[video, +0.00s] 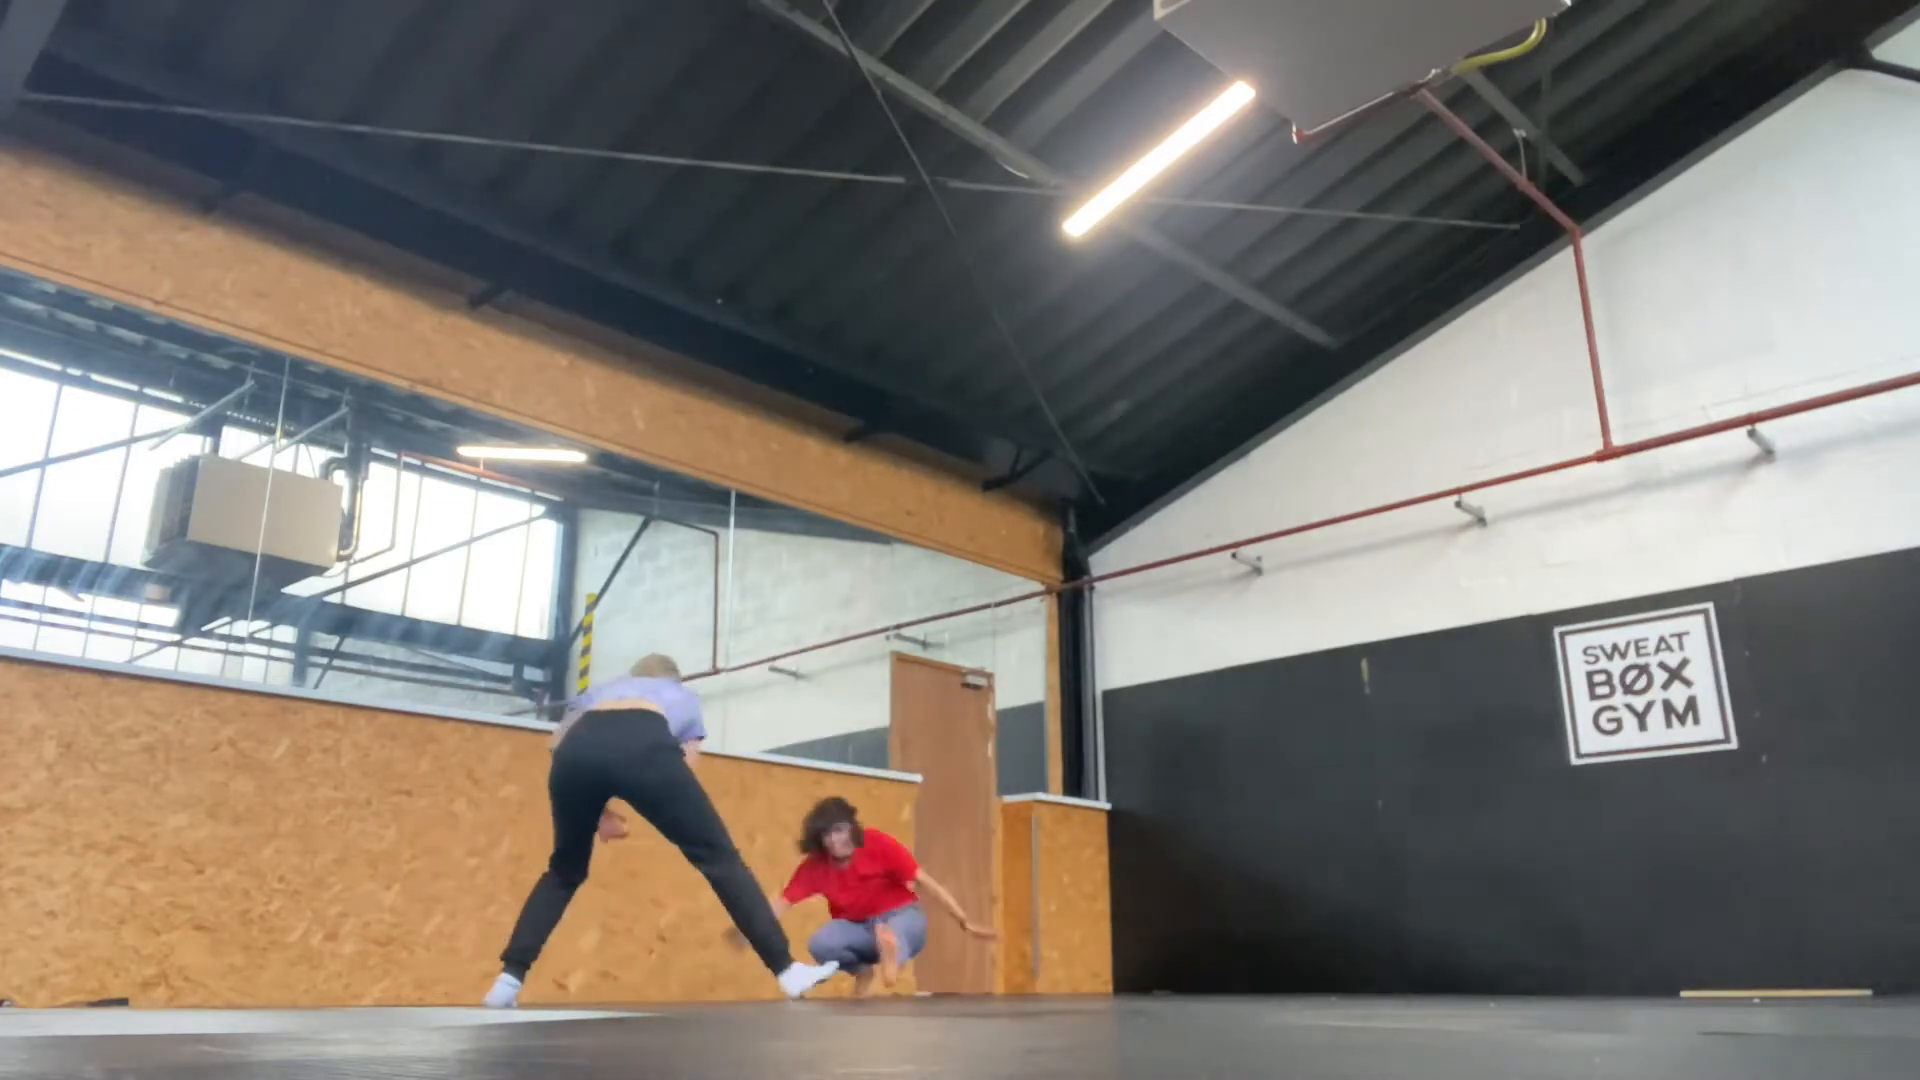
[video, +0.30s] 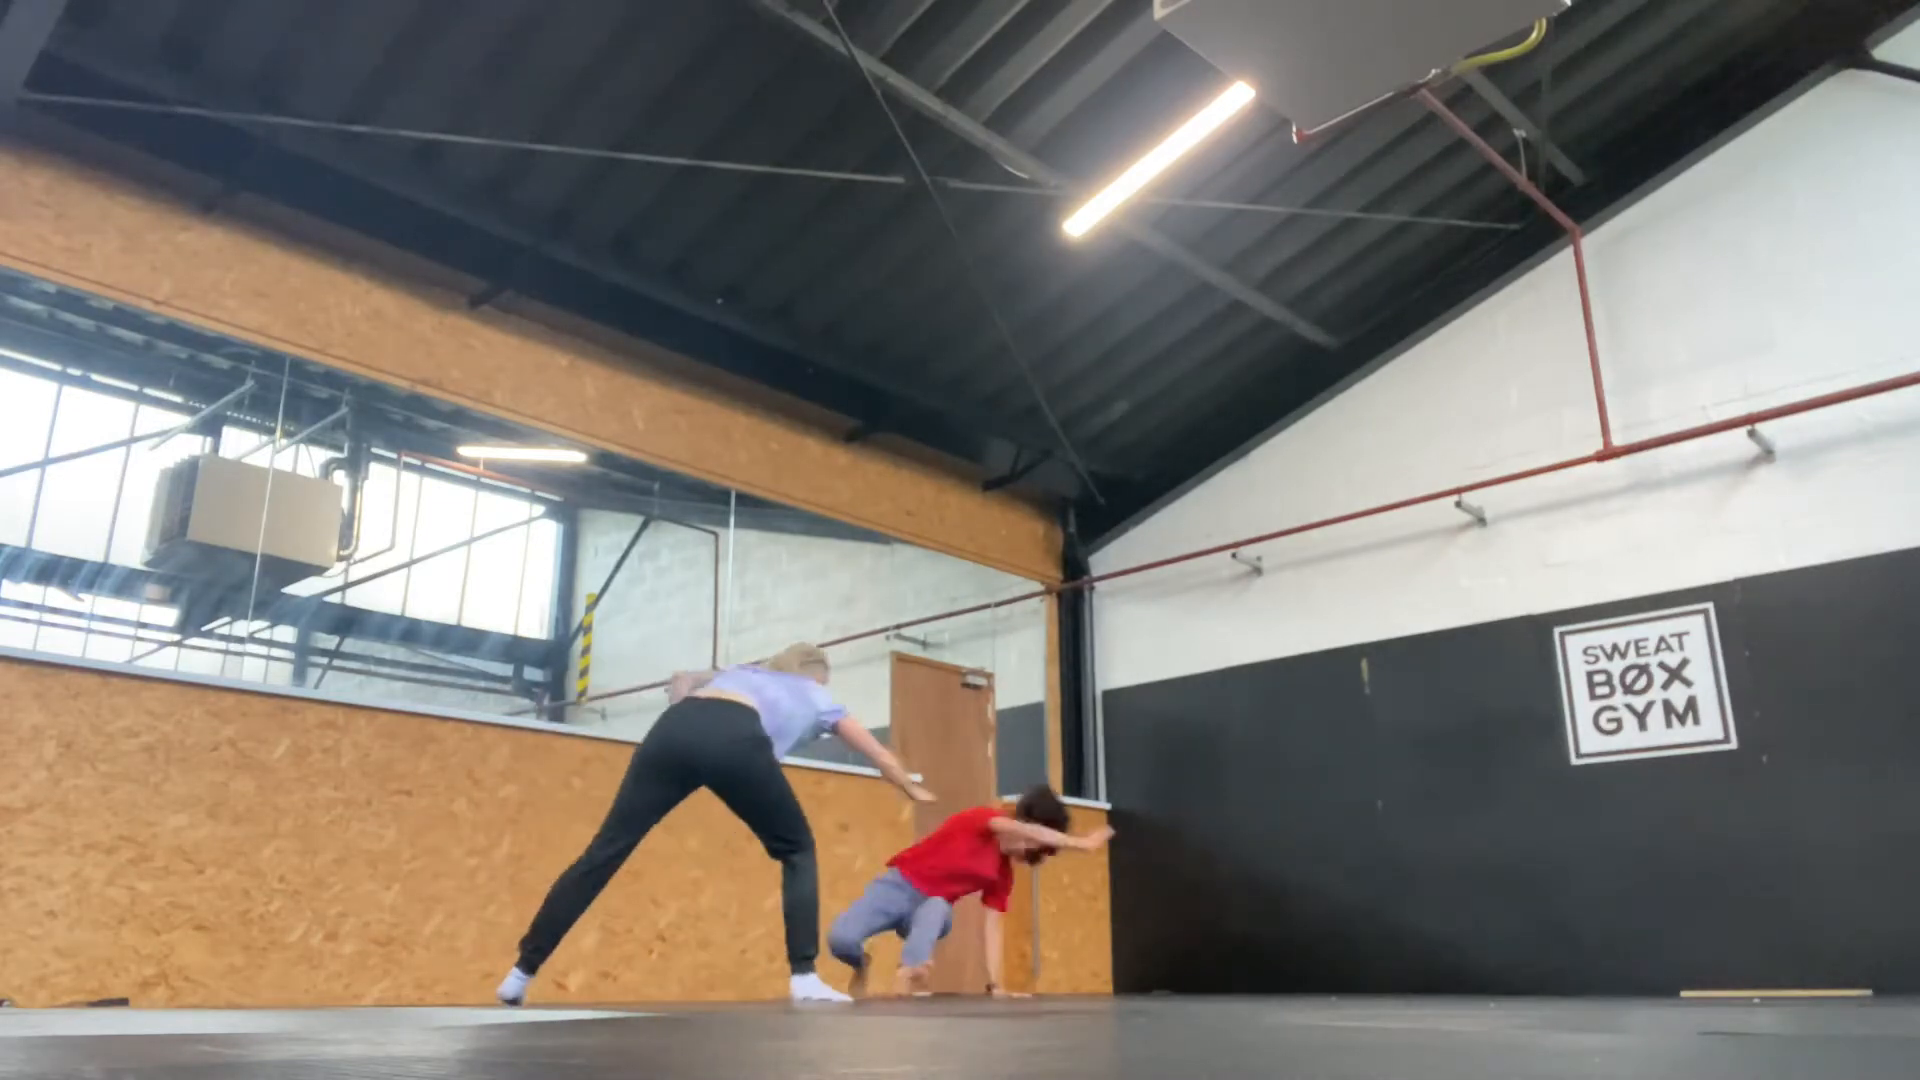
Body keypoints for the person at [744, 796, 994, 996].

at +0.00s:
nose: (836, 839)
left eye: (841, 831)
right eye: (828, 834)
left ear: (852, 830)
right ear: (819, 838)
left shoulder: (878, 846)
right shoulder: (814, 867)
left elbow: (924, 881)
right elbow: (780, 904)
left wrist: (964, 921)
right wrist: (749, 928)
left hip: (901, 916)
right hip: (856, 927)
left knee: (893, 936)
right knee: (820, 944)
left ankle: (892, 964)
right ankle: (862, 971)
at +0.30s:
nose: (1031, 850)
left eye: (1037, 846)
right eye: (1035, 839)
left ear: (1035, 845)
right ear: (1022, 821)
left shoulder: (1000, 874)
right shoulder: (984, 819)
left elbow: (992, 926)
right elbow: (1026, 832)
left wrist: (995, 985)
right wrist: (1079, 842)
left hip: (930, 910)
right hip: (897, 887)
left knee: (937, 906)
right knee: (840, 938)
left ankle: (909, 975)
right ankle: (860, 963)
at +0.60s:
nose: (1051, 904)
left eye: (1048, 913)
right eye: (1058, 909)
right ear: (1071, 897)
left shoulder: (1008, 887)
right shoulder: (1070, 864)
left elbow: (994, 929)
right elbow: (1096, 919)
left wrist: (995, 983)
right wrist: (1112, 974)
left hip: (944, 845)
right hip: (968, 813)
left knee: (991, 925)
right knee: (1046, 883)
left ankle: (921, 968)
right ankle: (1008, 924)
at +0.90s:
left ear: (1033, 907)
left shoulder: (1023, 869)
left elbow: (984, 916)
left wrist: (996, 958)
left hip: (1084, 790)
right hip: (1133, 797)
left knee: (1060, 892)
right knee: (1102, 895)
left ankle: (1088, 926)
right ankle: (1123, 965)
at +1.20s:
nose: (1010, 775)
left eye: (1007, 772)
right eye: (1004, 783)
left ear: (1021, 773)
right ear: (1015, 806)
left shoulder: (1047, 766)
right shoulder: (1065, 824)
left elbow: (1040, 713)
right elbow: (1106, 867)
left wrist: (1011, 758)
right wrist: (1084, 930)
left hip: (1167, 783)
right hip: (1153, 823)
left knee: (1210, 881)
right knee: (1110, 888)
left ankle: (1289, 952)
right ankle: (1125, 983)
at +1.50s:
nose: (1096, 694)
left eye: (1100, 682)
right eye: (1090, 690)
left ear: (1124, 676)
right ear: (1091, 699)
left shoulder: (1168, 697)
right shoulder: (1118, 739)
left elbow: (1225, 725)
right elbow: (1149, 802)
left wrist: (1169, 745)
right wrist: (1134, 803)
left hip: (1237, 804)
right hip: (1187, 819)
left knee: (1241, 879)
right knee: (1116, 877)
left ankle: (1314, 977)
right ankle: (1134, 977)